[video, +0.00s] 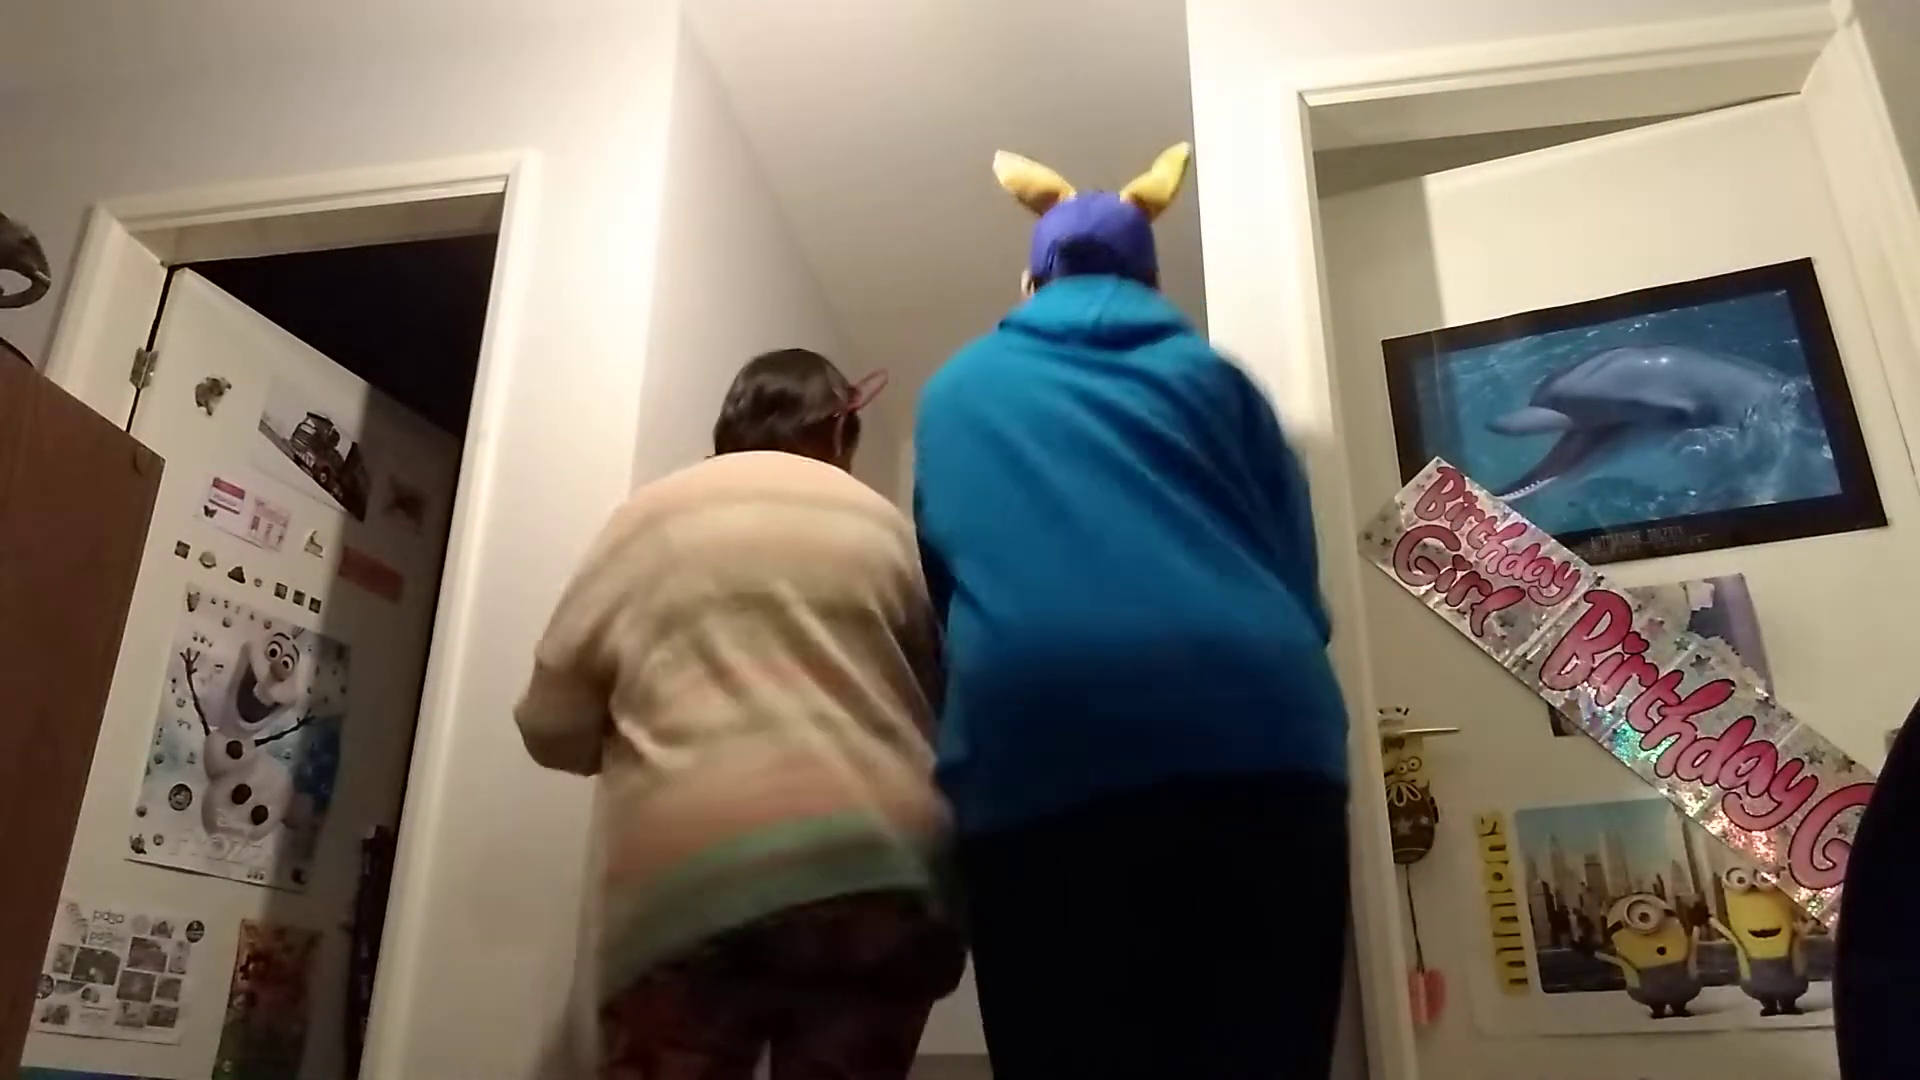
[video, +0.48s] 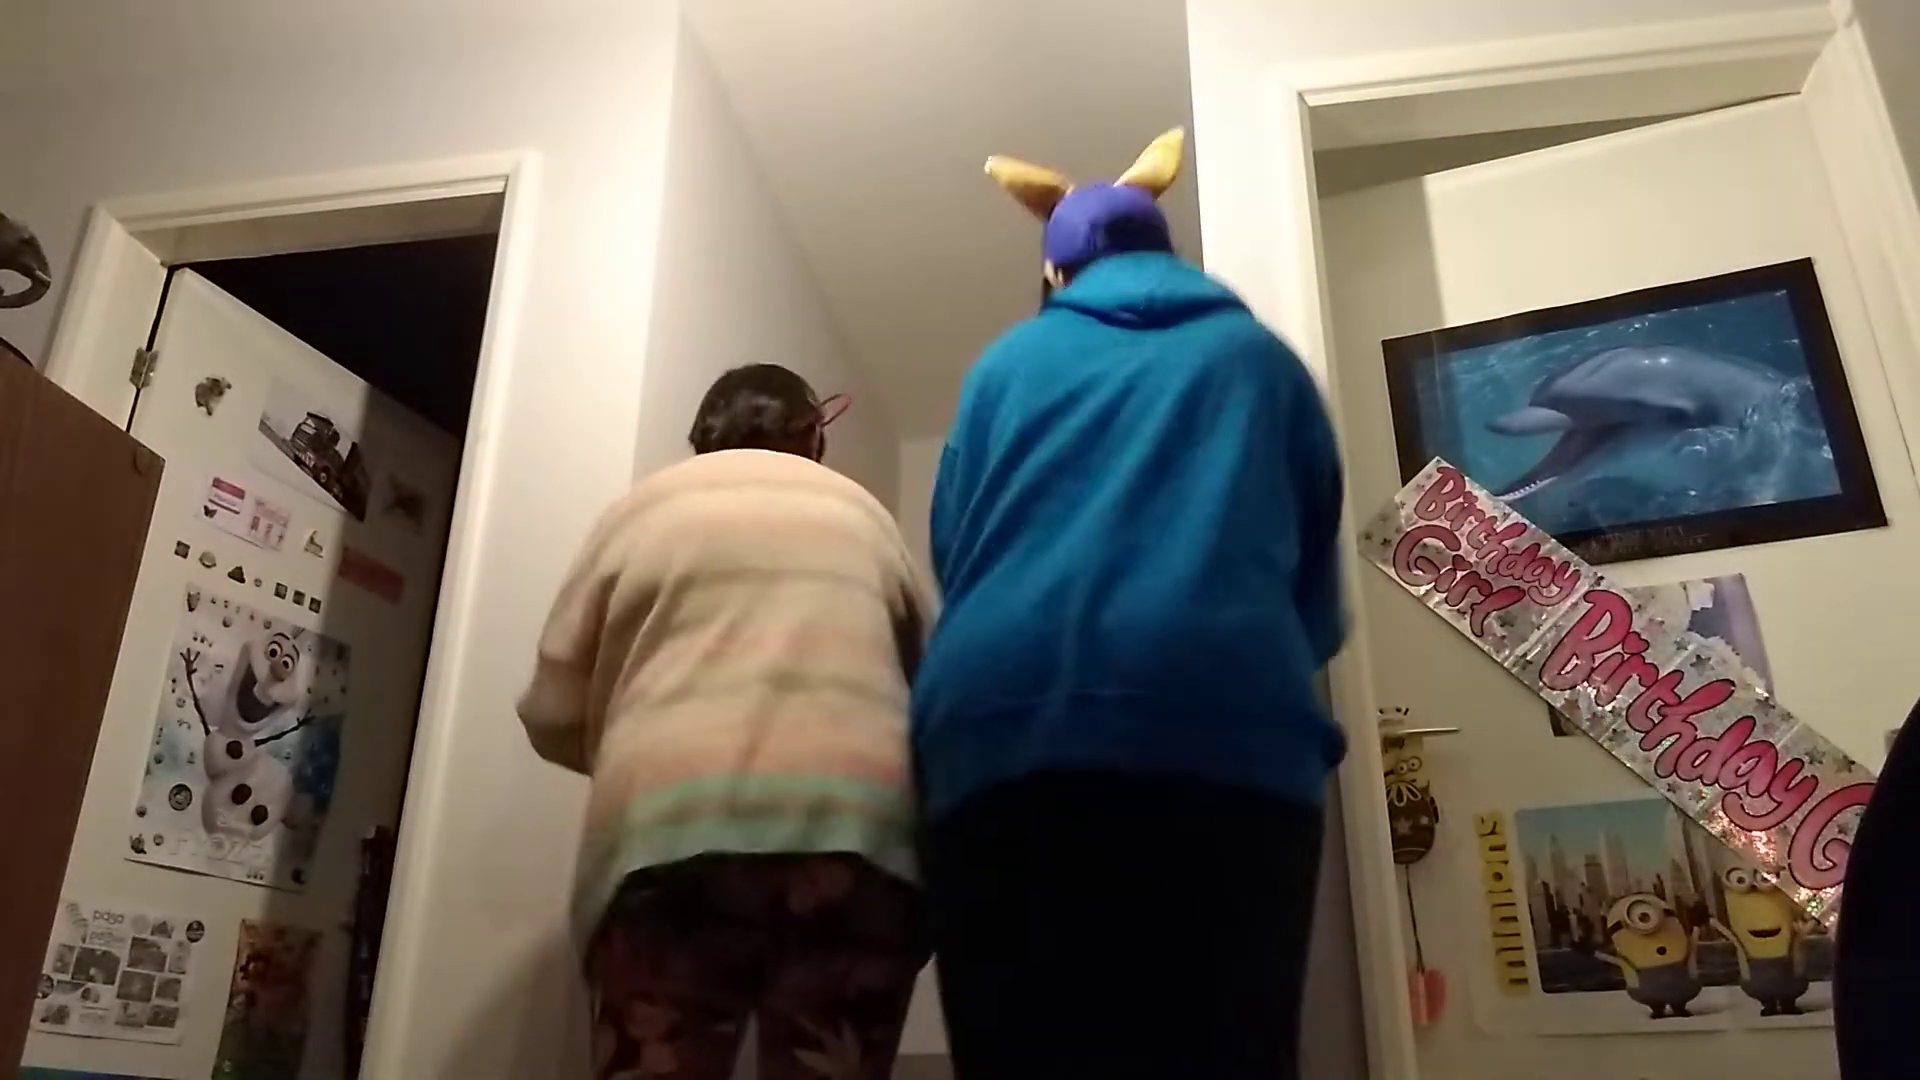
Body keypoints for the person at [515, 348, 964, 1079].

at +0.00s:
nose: (852, 450)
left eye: (850, 435)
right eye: (851, 433)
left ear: (723, 434)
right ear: (838, 431)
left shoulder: (644, 517)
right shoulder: (883, 520)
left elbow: (549, 720)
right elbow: (930, 686)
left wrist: (654, 742)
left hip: (684, 887)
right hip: (879, 866)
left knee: (670, 1065)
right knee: (849, 1065)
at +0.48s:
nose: (822, 445)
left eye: (818, 435)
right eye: (821, 435)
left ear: (698, 440)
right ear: (811, 439)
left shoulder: (637, 505)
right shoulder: (867, 512)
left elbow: (551, 712)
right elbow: (925, 662)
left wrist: (651, 760)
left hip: (664, 837)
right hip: (858, 839)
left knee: (655, 1063)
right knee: (833, 1064)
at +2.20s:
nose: (219, 379)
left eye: (248, 358)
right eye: (225, 360)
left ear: (329, 384)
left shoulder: (345, 485)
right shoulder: (283, 502)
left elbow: (278, 646)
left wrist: (126, 595)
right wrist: (145, 578)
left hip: (242, 927)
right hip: (184, 920)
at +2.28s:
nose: (214, 377)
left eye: (246, 361)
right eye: (212, 361)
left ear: (325, 395)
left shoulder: (349, 496)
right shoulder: (241, 525)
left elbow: (315, 654)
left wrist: (139, 605)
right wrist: (135, 566)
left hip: (233, 933)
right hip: (140, 922)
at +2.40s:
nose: (199, 381)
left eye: (232, 368)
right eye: (192, 365)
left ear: (304, 408)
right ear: (179, 388)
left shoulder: (333, 509)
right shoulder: (160, 539)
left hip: (227, 945)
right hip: (91, 926)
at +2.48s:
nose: (191, 381)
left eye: (226, 369)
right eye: (182, 365)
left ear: (292, 412)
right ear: (164, 392)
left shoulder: (326, 521)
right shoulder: (137, 529)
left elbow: (355, 697)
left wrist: (179, 620)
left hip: (216, 947)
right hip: (71, 923)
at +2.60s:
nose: (210, 388)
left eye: (243, 374)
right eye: (191, 369)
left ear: (293, 413)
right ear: (169, 393)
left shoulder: (343, 538)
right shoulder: (118, 520)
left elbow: (382, 712)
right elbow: (22, 642)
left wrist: (247, 624)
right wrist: (109, 610)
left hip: (225, 931)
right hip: (63, 902)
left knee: (159, 1067)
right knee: (37, 1065)